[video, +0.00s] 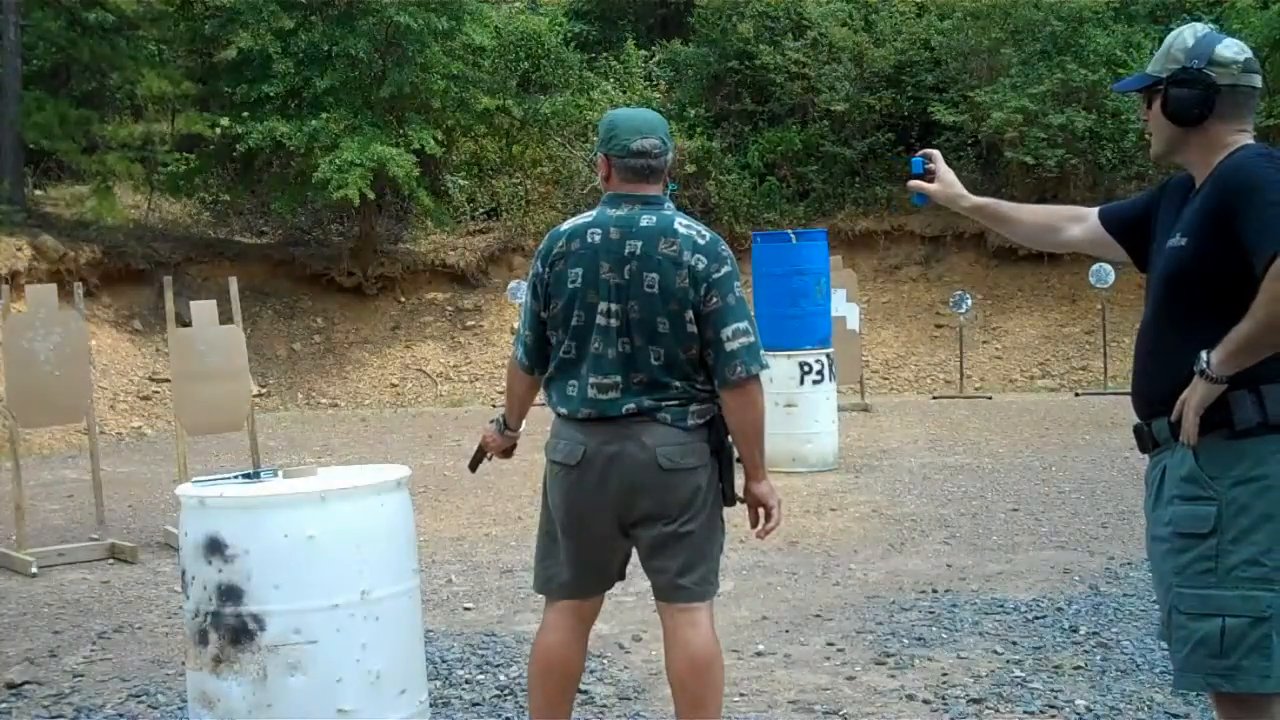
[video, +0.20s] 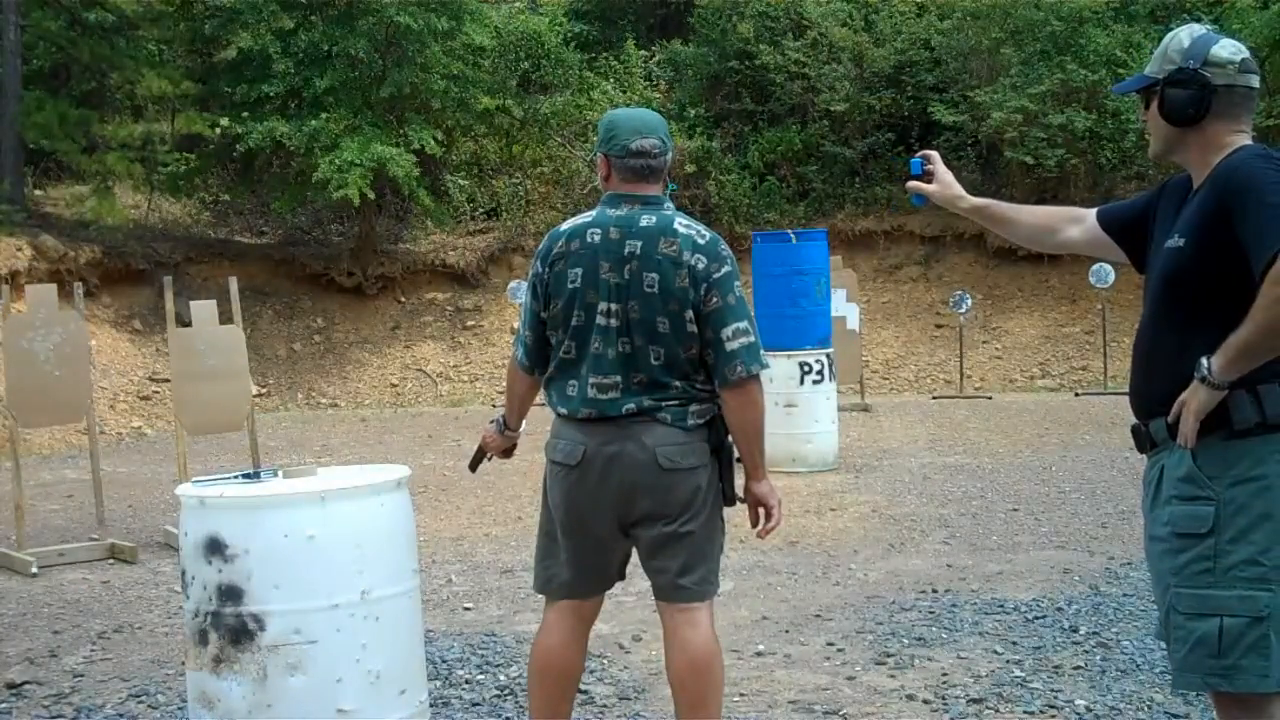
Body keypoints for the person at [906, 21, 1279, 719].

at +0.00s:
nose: (1145, 113)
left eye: (1152, 98)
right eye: (1146, 99)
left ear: (1186, 100)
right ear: (1217, 102)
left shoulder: (1251, 175)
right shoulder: (1178, 197)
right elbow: (1072, 227)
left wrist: (1216, 369)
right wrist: (964, 201)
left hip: (1236, 458)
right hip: (1192, 458)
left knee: (1246, 689)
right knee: (1235, 681)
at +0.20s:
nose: (1144, 113)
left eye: (1151, 98)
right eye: (1145, 99)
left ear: (1184, 100)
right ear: (1218, 101)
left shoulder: (1250, 175)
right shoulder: (1176, 197)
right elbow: (1071, 228)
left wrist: (1217, 375)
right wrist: (963, 202)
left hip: (1234, 460)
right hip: (1192, 460)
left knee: (1246, 691)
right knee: (1235, 684)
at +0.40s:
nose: (1142, 115)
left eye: (1149, 100)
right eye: (1143, 101)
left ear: (1181, 101)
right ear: (1217, 101)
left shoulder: (1250, 177)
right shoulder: (1174, 198)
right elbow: (1068, 229)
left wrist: (1214, 377)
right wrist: (960, 203)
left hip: (1233, 458)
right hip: (1187, 458)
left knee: (1244, 690)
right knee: (1234, 684)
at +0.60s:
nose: (1141, 114)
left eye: (1147, 99)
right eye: (1142, 100)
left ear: (1177, 101)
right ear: (1216, 102)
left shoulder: (1248, 177)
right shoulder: (1171, 199)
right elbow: (1065, 228)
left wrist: (1213, 375)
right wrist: (957, 203)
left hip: (1229, 459)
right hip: (1185, 459)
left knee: (1241, 690)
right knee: (1231, 684)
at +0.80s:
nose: (1138, 114)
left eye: (1144, 100)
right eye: (1139, 102)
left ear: (1171, 101)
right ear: (1214, 102)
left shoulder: (1247, 178)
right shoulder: (1168, 200)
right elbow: (1062, 229)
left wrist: (1210, 374)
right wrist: (954, 203)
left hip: (1227, 457)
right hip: (1182, 457)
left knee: (1240, 691)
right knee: (1230, 684)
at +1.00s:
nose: (1138, 115)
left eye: (1144, 100)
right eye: (1139, 102)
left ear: (1174, 101)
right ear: (1213, 102)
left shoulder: (1247, 179)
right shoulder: (1167, 200)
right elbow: (1061, 229)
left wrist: (1209, 374)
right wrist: (954, 203)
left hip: (1226, 456)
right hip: (1178, 456)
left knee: (1237, 690)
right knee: (1227, 683)